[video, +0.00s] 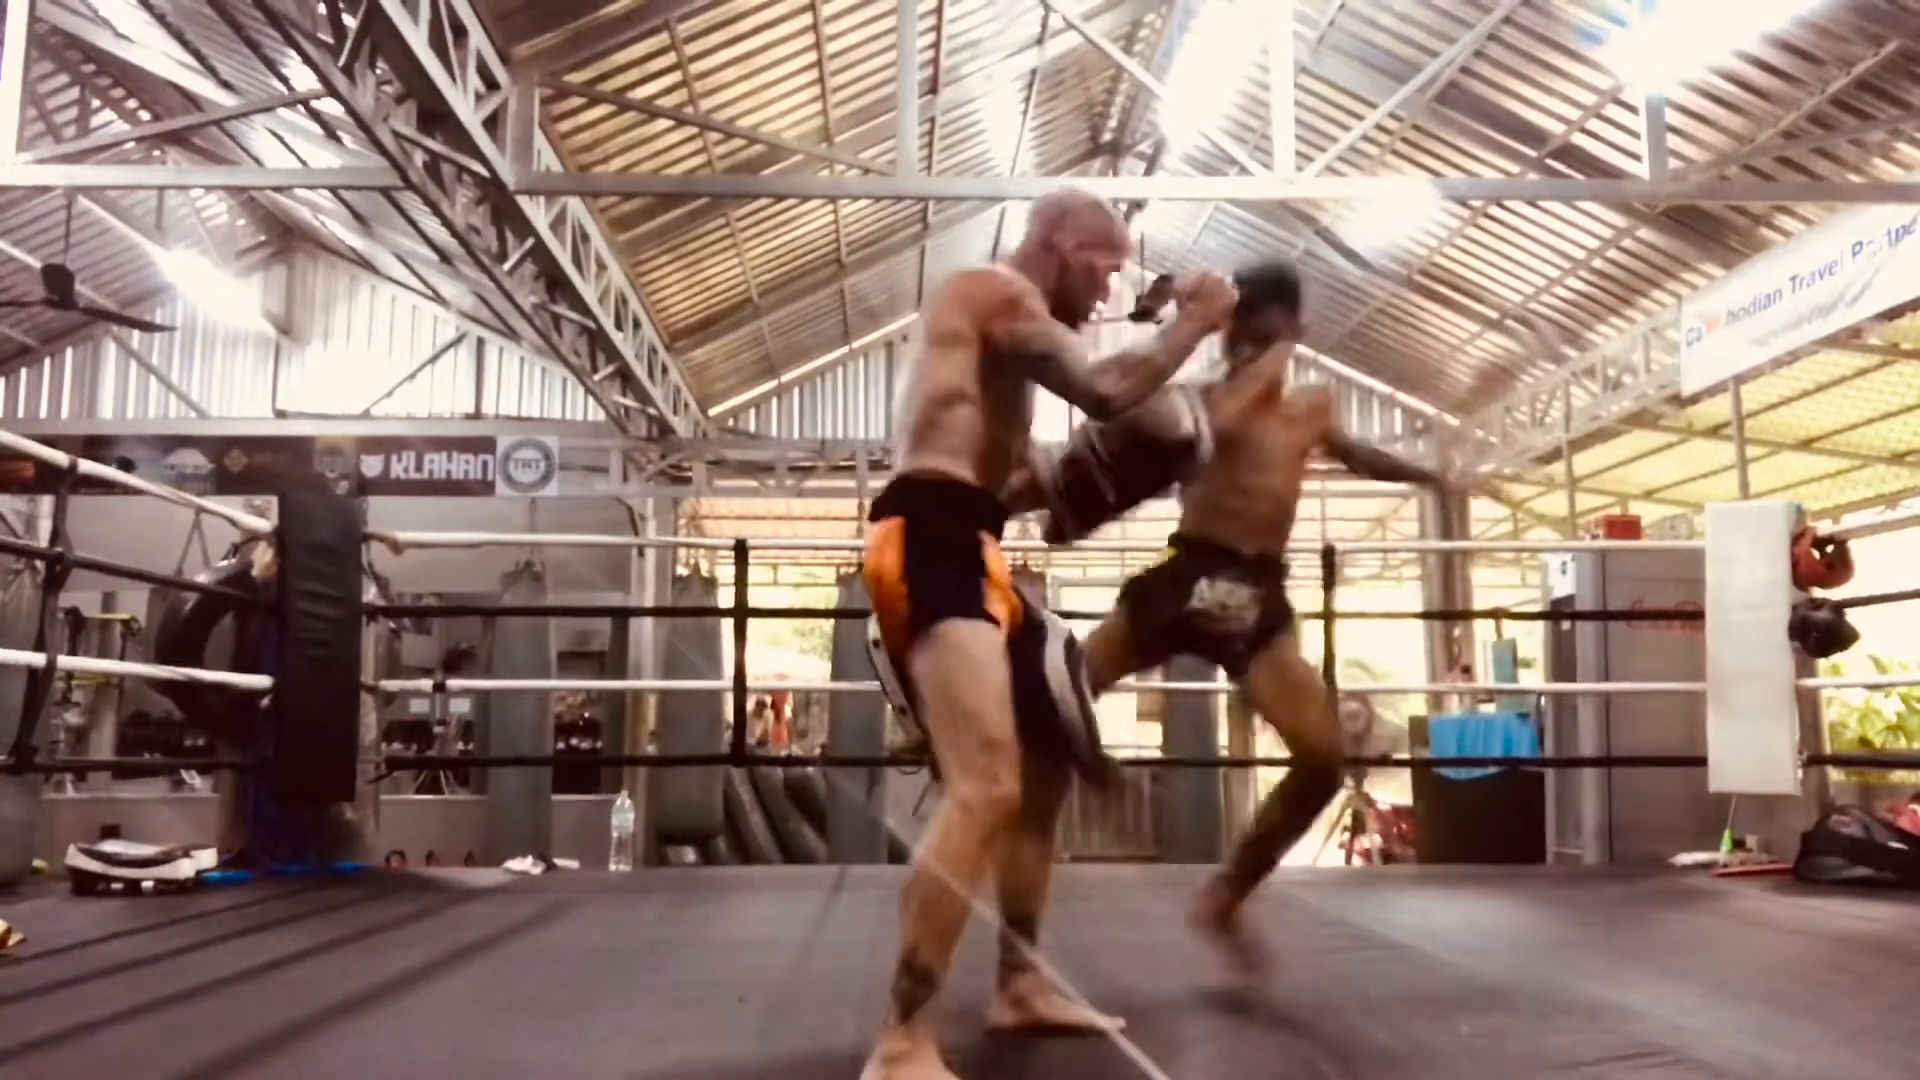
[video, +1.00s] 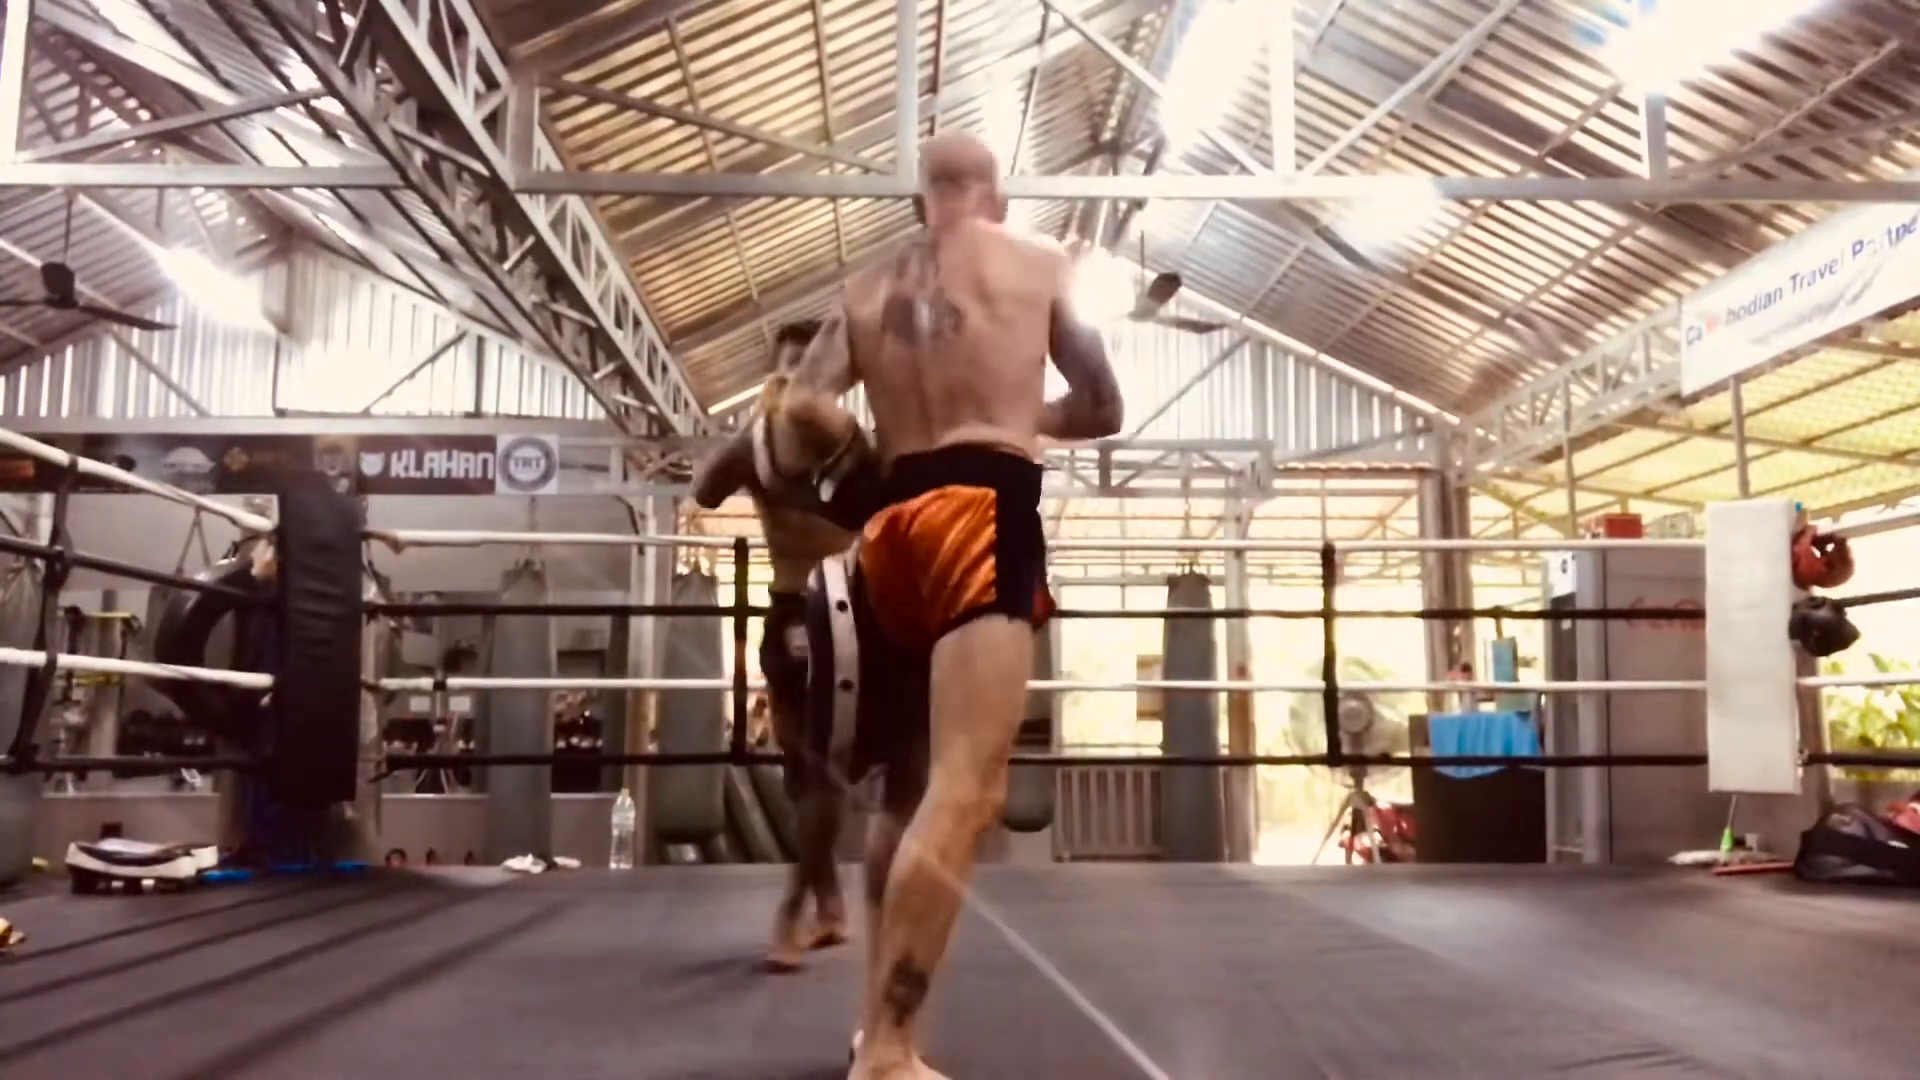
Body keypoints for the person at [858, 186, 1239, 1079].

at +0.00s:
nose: (1109, 288)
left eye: (1116, 272)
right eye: (1103, 266)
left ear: (1061, 250)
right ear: (1054, 243)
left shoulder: (1017, 323)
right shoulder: (990, 288)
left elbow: (1002, 487)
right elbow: (1106, 385)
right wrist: (1193, 323)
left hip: (977, 545)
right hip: (930, 534)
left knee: (1044, 767)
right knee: (984, 786)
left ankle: (1022, 982)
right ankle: (901, 1042)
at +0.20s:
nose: (1122, 335)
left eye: (1132, 325)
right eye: (1127, 318)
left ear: (1089, 272)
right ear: (1094, 277)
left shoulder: (1018, 324)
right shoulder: (1000, 300)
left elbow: (996, 463)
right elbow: (1019, 412)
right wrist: (1136, 363)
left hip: (988, 549)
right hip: (948, 547)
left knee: (1037, 788)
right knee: (1020, 791)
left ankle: (1024, 981)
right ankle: (908, 1040)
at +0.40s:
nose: (1108, 272)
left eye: (1115, 258)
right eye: (1108, 252)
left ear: (1059, 217)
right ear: (1068, 220)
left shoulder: (1001, 280)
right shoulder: (1012, 269)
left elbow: (990, 429)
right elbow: (1015, 395)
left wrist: (1089, 446)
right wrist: (1130, 387)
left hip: (989, 519)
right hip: (982, 518)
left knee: (1036, 779)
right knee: (1037, 788)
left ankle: (1027, 979)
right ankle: (906, 1032)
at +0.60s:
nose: (1078, 222)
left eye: (1080, 208)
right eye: (1077, 205)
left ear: (1001, 182)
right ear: (1049, 186)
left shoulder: (932, 270)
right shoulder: (1021, 247)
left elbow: (874, 445)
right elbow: (1079, 394)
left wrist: (1026, 441)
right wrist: (1137, 393)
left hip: (923, 513)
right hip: (984, 503)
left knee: (1003, 779)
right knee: (983, 782)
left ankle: (1033, 978)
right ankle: (887, 1050)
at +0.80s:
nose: (1045, 195)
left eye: (1040, 179)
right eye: (1042, 179)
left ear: (963, 176)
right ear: (1025, 174)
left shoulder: (898, 271)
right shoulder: (1034, 236)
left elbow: (846, 388)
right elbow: (1096, 385)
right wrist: (1069, 434)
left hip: (895, 500)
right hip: (978, 492)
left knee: (947, 770)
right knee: (954, 777)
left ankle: (943, 990)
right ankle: (884, 1045)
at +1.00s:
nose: (997, 201)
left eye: (982, 187)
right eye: (997, 187)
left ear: (923, 192)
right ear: (993, 188)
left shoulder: (865, 288)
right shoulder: (1036, 263)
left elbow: (804, 405)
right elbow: (1102, 410)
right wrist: (1013, 416)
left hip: (890, 513)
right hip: (983, 504)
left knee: (910, 791)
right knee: (964, 790)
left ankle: (885, 1037)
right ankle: (885, 1049)